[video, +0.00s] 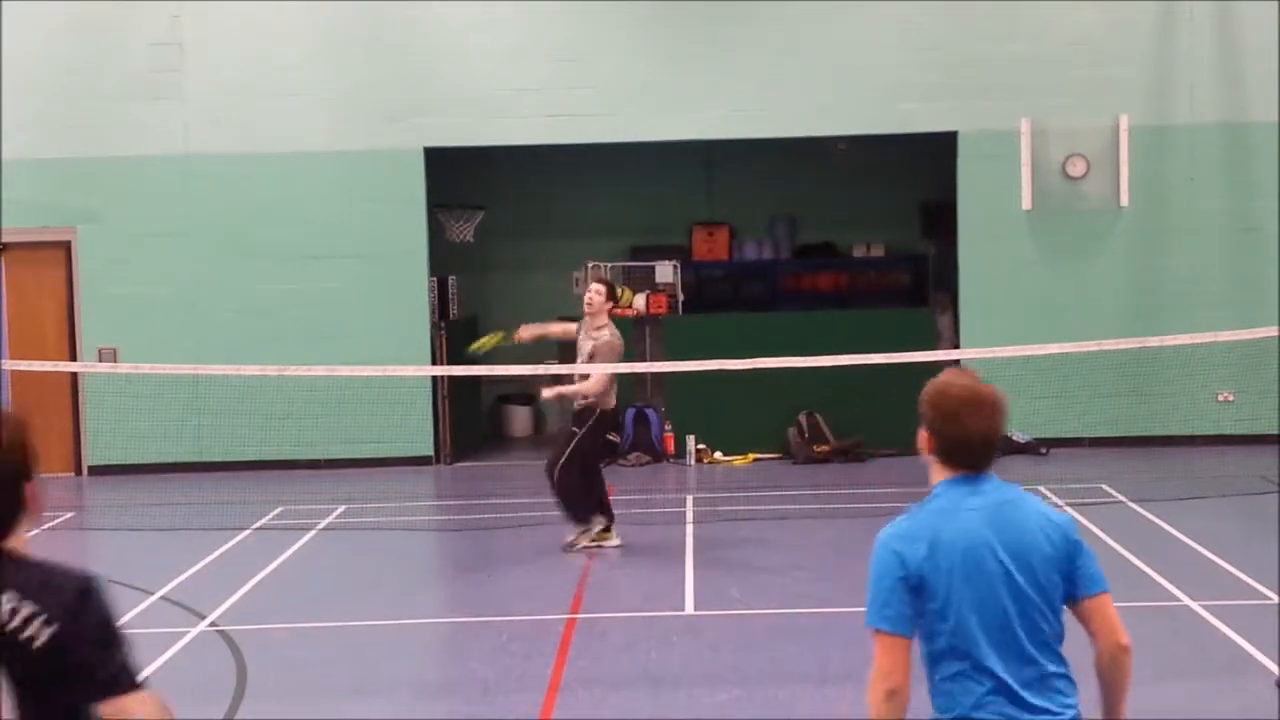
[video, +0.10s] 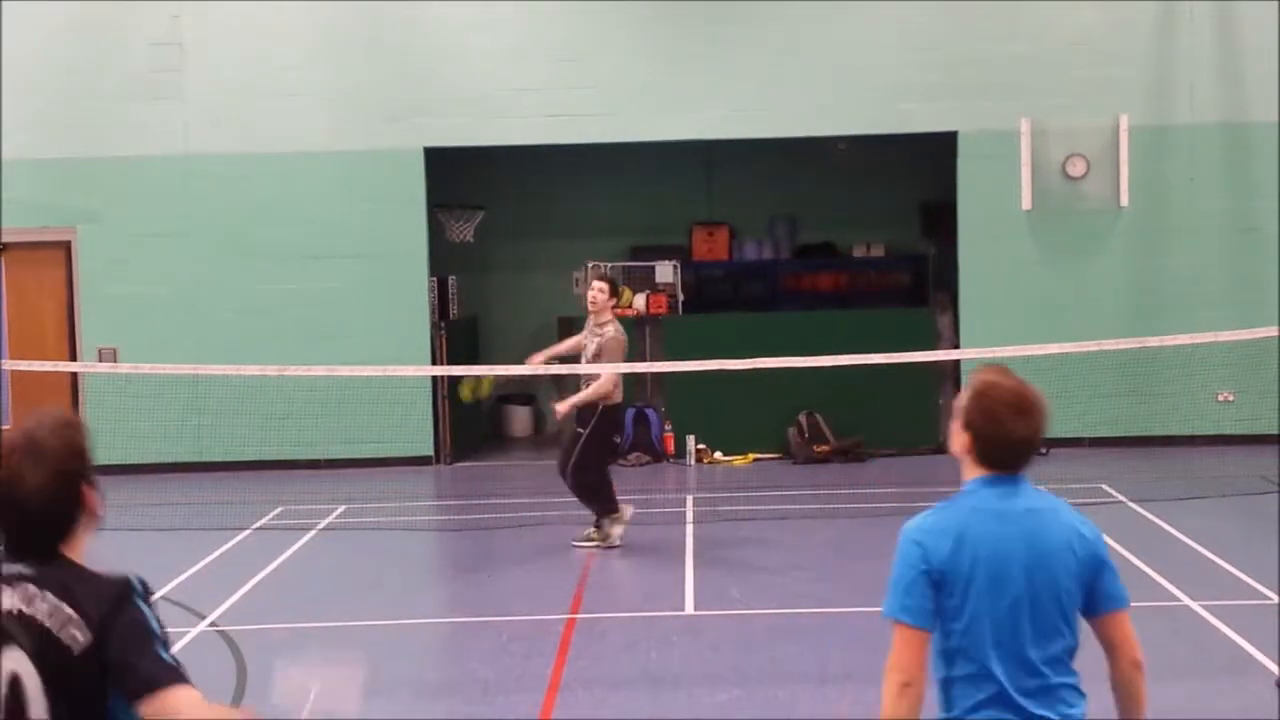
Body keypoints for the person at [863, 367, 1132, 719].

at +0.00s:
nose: (918, 432)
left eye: (919, 425)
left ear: (925, 441)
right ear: (994, 439)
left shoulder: (904, 540)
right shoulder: (1050, 521)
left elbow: (890, 687)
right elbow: (1115, 644)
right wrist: (1114, 713)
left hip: (965, 710)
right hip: (1055, 709)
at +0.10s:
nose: (952, 415)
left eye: (956, 412)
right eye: (957, 409)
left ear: (966, 439)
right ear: (1030, 443)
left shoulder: (928, 535)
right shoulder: (1074, 529)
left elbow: (905, 680)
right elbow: (1129, 660)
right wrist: (1133, 714)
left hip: (971, 709)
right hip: (1061, 708)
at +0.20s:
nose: (989, 412)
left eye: (997, 410)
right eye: (997, 406)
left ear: (1008, 446)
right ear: (1062, 452)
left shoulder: (955, 534)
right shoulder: (1102, 541)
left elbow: (924, 673)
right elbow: (1135, 678)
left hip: (983, 709)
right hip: (1074, 710)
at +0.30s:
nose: (1012, 413)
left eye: (1023, 411)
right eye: (1021, 406)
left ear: (1032, 448)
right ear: (1081, 456)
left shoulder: (970, 527)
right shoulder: (1117, 543)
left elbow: (938, 661)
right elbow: (1136, 682)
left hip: (990, 710)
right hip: (1081, 710)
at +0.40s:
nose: (1015, 406)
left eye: (1026, 404)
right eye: (1025, 399)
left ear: (1037, 442)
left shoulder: (971, 515)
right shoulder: (1114, 532)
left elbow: (945, 646)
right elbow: (1132, 672)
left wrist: (932, 712)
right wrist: (1105, 713)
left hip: (988, 708)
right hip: (1079, 707)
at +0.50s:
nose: (1002, 408)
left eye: (1013, 405)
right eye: (1011, 401)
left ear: (1028, 439)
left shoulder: (962, 514)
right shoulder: (1105, 528)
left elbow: (942, 642)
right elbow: (1129, 666)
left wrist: (930, 713)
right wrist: (1088, 710)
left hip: (983, 709)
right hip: (1070, 708)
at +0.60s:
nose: (976, 424)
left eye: (986, 418)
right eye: (984, 415)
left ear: (1001, 447)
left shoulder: (941, 528)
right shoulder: (1083, 535)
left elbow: (922, 655)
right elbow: (1115, 670)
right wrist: (1079, 712)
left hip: (965, 709)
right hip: (1056, 709)